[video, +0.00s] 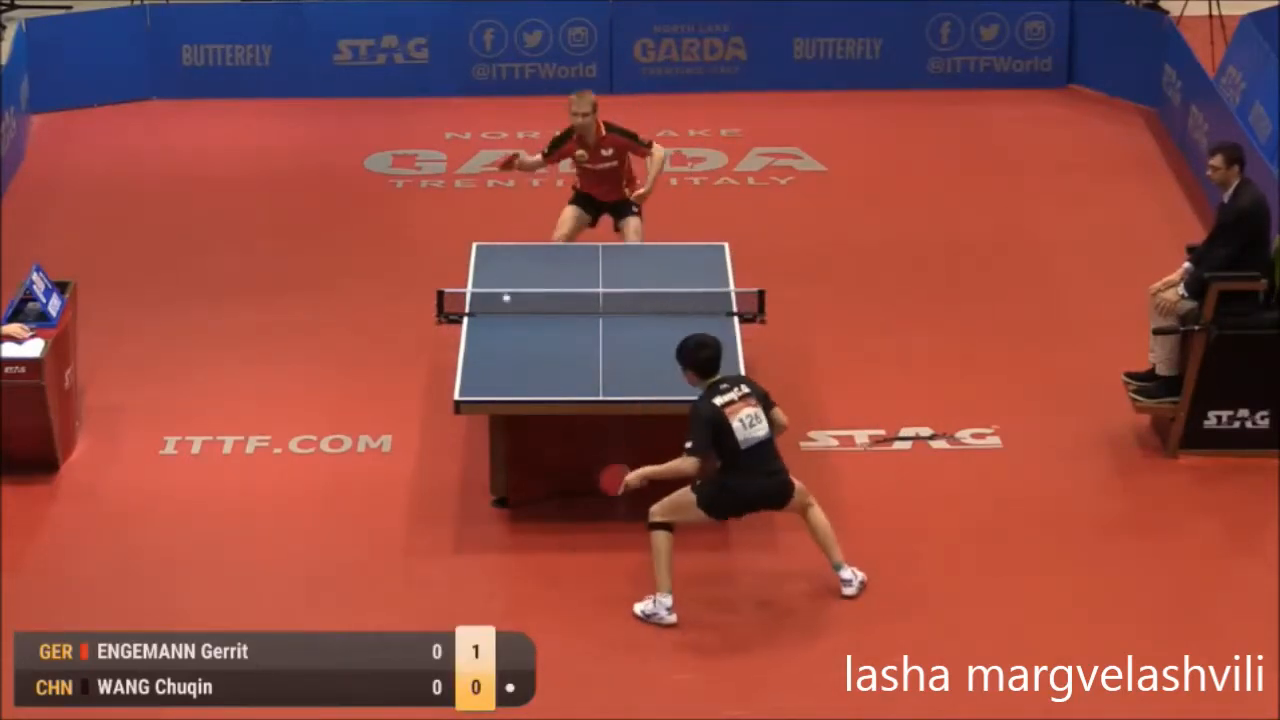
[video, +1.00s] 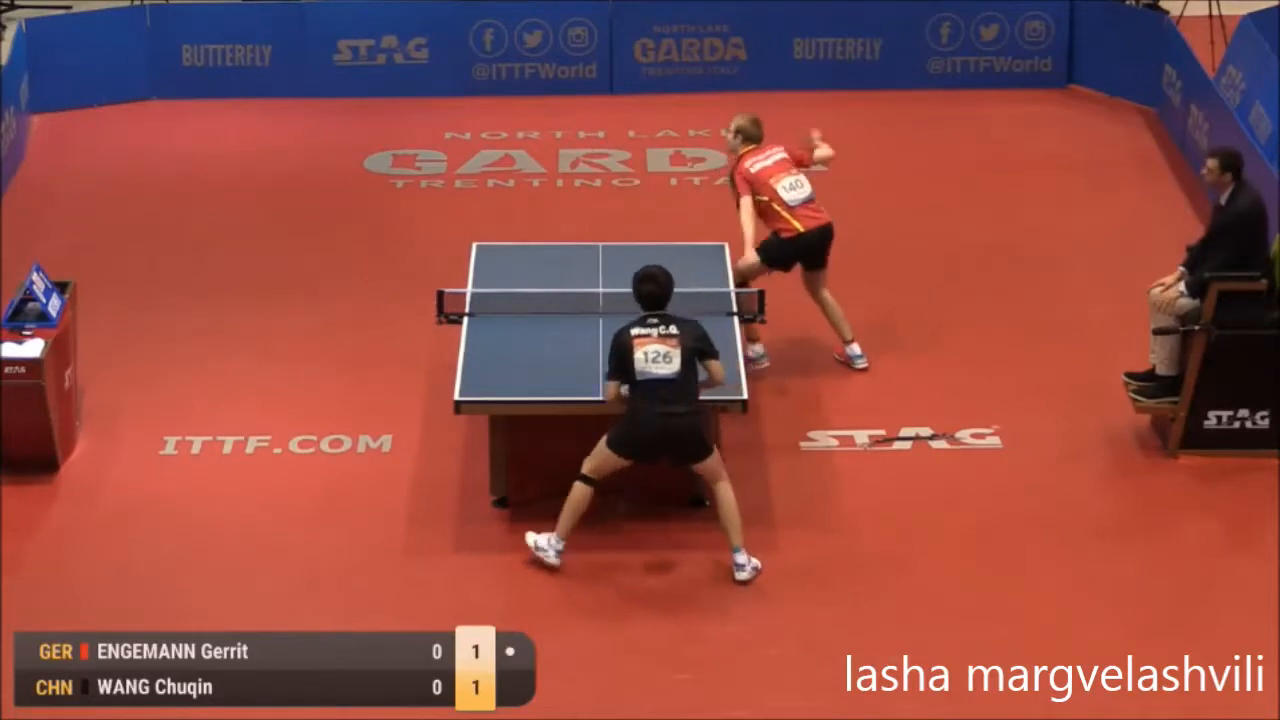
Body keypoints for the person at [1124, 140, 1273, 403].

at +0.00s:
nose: (1208, 174)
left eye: (1214, 168)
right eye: (1208, 168)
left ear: (1234, 169)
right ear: (1228, 170)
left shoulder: (1246, 203)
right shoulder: (1234, 198)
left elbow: (1222, 257)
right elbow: (1211, 245)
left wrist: (1183, 290)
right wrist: (1181, 273)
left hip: (1238, 292)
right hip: (1224, 282)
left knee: (1165, 305)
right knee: (1158, 296)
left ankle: (1170, 379)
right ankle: (1159, 369)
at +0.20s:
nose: (1209, 175)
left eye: (1215, 169)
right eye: (1209, 168)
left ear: (1235, 169)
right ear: (1229, 170)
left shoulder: (1246, 203)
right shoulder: (1234, 198)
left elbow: (1222, 257)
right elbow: (1211, 245)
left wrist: (1184, 289)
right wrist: (1181, 273)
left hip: (1240, 293)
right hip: (1226, 282)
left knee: (1165, 305)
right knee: (1158, 296)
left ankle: (1170, 379)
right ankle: (1159, 369)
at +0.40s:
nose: (1209, 172)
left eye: (1215, 167)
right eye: (1209, 167)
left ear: (1234, 168)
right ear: (1231, 169)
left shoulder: (1246, 204)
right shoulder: (1237, 198)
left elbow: (1221, 255)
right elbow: (1213, 246)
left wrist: (1178, 277)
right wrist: (1180, 270)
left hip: (1239, 287)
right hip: (1227, 278)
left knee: (1166, 304)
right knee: (1159, 295)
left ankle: (1169, 378)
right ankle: (1160, 369)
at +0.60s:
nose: (1196, 176)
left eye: (1202, 173)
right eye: (1198, 170)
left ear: (1219, 179)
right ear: (1219, 178)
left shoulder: (1238, 209)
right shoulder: (1223, 200)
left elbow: (1219, 262)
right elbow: (1206, 245)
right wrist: (1179, 274)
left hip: (1240, 290)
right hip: (1222, 278)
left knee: (1167, 306)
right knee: (1157, 295)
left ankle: (1170, 379)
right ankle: (1160, 369)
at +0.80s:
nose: (1200, 173)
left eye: (1206, 170)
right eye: (1203, 168)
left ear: (1223, 178)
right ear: (1222, 177)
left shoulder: (1242, 207)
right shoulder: (1226, 199)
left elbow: (1224, 263)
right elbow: (1207, 244)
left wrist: (1183, 288)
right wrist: (1180, 274)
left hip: (1238, 291)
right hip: (1221, 279)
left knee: (1166, 306)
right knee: (1157, 296)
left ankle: (1169, 378)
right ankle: (1161, 369)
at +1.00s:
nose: (1203, 174)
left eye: (1209, 170)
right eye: (1205, 169)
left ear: (1227, 175)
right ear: (1223, 175)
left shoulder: (1243, 206)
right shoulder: (1227, 199)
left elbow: (1225, 262)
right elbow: (1208, 244)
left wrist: (1185, 287)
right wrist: (1180, 273)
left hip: (1237, 290)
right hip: (1221, 279)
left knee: (1166, 305)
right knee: (1156, 295)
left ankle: (1169, 378)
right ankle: (1161, 369)